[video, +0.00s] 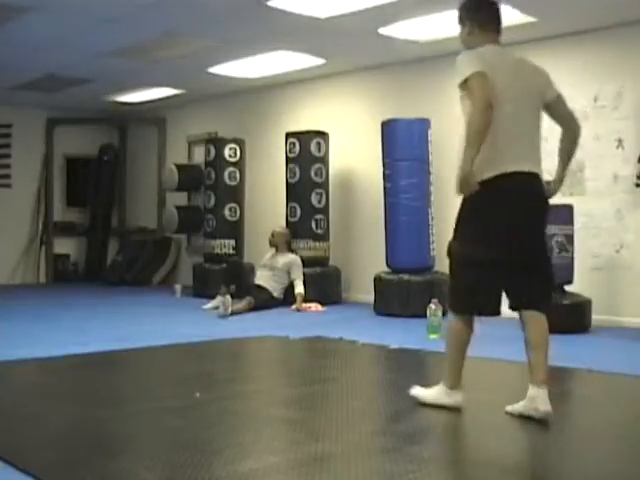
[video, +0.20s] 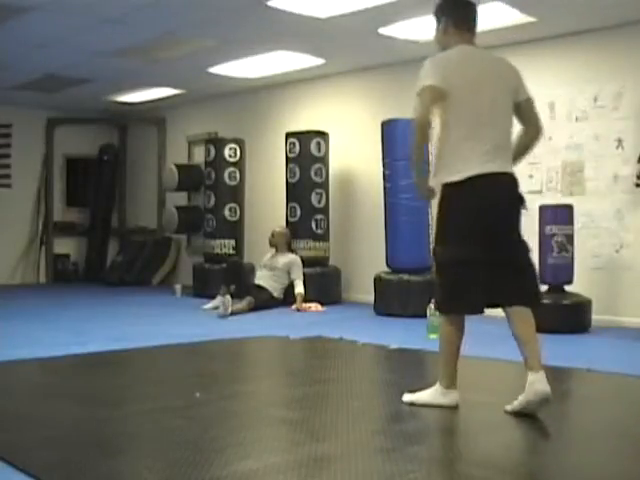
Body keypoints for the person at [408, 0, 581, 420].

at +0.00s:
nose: (460, 36)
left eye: (461, 29)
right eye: (461, 29)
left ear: (469, 28)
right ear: (499, 27)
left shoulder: (472, 60)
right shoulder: (531, 70)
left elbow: (482, 105)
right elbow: (571, 126)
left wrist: (465, 168)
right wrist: (558, 177)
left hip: (488, 193)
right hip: (530, 193)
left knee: (463, 293)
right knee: (531, 294)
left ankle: (449, 387)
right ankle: (539, 392)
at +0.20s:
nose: (435, 37)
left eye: (436, 30)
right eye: (437, 30)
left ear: (445, 27)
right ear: (473, 27)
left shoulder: (438, 65)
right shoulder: (503, 67)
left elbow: (422, 121)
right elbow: (534, 127)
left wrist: (419, 177)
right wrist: (505, 162)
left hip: (460, 192)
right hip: (502, 189)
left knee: (451, 291)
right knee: (512, 285)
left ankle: (446, 387)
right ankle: (537, 376)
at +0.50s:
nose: (402, 40)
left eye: (403, 33)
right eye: (403, 34)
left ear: (413, 31)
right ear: (438, 30)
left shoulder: (405, 66)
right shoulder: (470, 67)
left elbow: (393, 121)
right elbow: (510, 123)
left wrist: (392, 179)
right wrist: (491, 173)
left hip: (431, 190)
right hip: (470, 187)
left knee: (435, 288)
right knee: (468, 281)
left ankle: (444, 387)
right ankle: (499, 353)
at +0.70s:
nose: (385, 45)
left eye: (386, 38)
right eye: (386, 39)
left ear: (395, 36)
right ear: (421, 36)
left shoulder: (392, 71)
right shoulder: (453, 71)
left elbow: (392, 120)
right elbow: (495, 119)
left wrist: (388, 182)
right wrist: (490, 170)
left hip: (422, 193)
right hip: (456, 190)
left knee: (431, 291)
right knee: (437, 286)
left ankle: (445, 386)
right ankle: (443, 368)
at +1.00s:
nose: (362, 55)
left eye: (365, 47)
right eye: (360, 48)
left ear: (389, 41)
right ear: (394, 46)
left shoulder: (381, 76)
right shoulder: (429, 83)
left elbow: (375, 129)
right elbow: (456, 145)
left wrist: (358, 183)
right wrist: (431, 180)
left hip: (397, 197)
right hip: (425, 196)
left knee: (419, 291)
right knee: (402, 288)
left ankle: (443, 382)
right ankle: (395, 368)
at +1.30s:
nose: (339, 58)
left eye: (342, 48)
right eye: (334, 52)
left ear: (362, 41)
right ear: (339, 53)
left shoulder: (380, 75)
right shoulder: (370, 85)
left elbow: (413, 119)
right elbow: (417, 122)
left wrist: (405, 175)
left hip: (391, 199)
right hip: (378, 199)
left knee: (374, 285)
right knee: (376, 285)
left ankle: (408, 360)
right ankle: (395, 360)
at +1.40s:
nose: (334, 57)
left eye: (339, 48)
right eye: (328, 52)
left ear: (357, 44)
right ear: (326, 55)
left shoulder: (380, 78)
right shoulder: (356, 92)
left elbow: (415, 122)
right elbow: (374, 143)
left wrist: (409, 177)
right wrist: (359, 186)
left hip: (384, 197)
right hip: (368, 198)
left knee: (363, 285)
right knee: (382, 286)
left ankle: (372, 367)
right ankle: (394, 364)